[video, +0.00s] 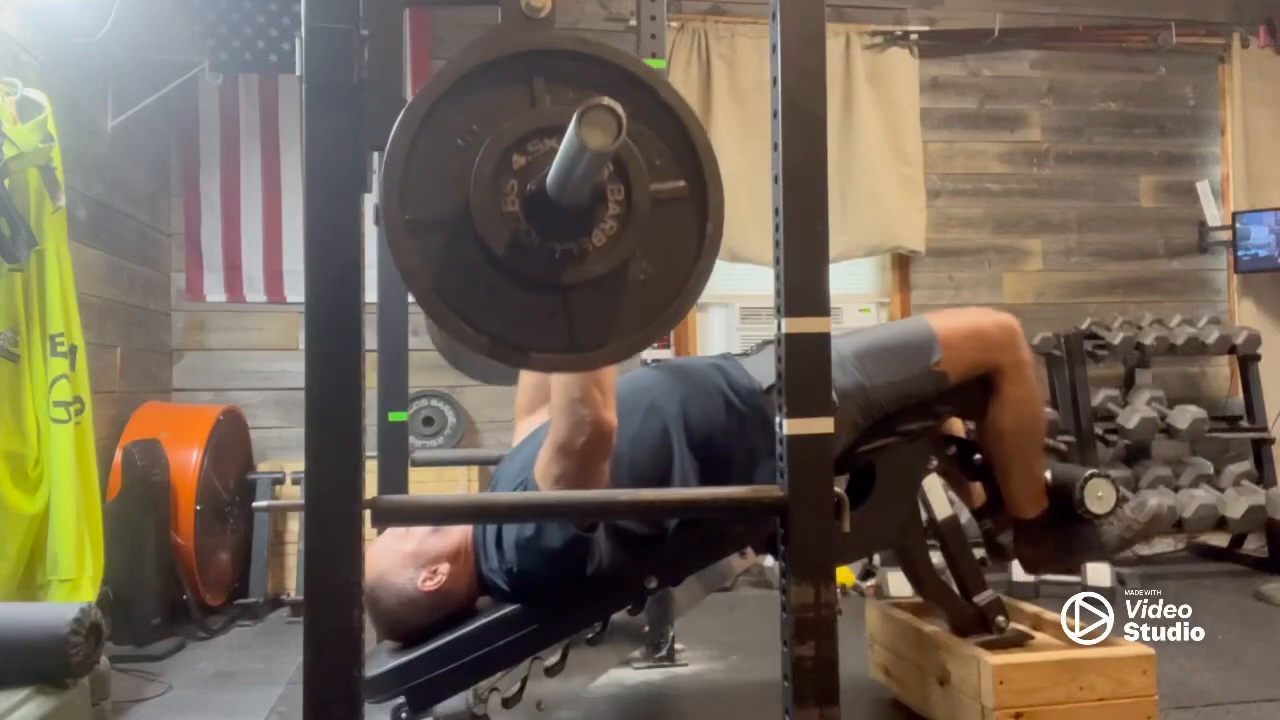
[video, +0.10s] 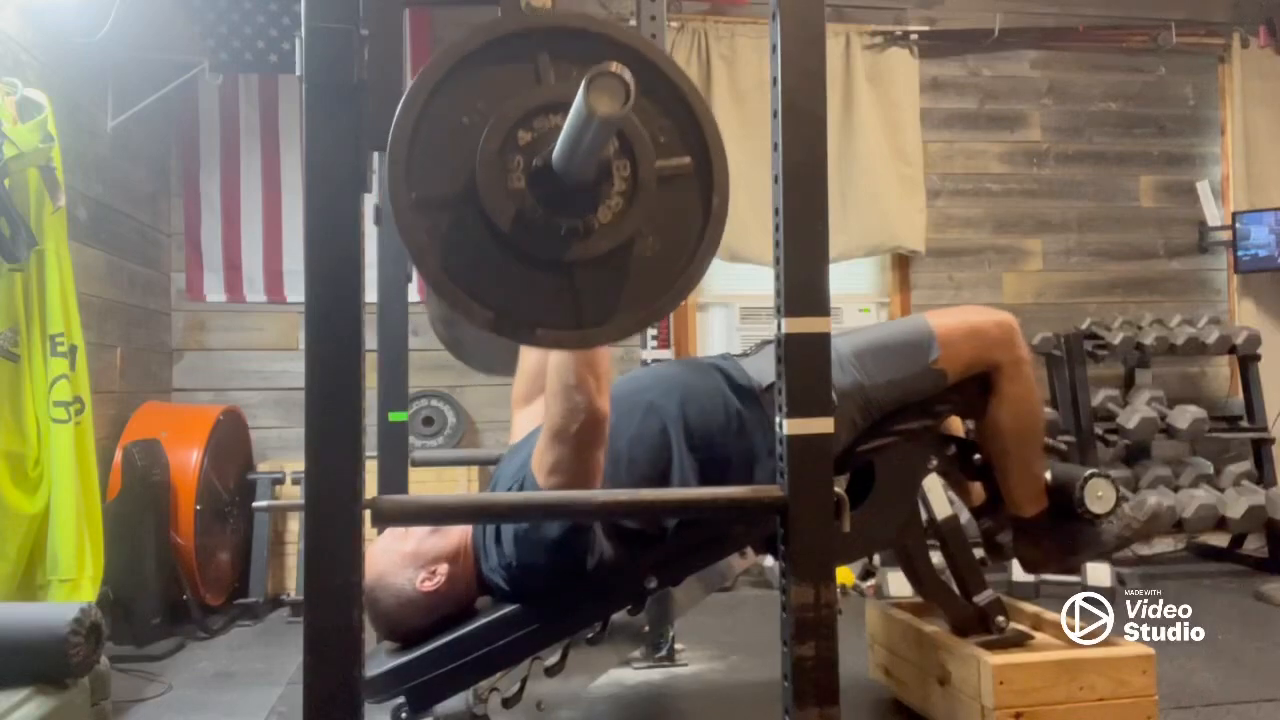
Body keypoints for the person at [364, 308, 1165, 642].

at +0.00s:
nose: (418, 531)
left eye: (400, 535)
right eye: (414, 549)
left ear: (427, 549)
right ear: (443, 581)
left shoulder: (496, 504)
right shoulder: (527, 556)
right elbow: (583, 418)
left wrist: (552, 276)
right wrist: (552, 280)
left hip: (749, 379)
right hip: (772, 431)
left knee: (947, 323)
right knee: (996, 337)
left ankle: (985, 479)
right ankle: (1033, 524)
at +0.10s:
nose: (413, 527)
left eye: (396, 532)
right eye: (410, 545)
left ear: (430, 554)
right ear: (444, 578)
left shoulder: (497, 504)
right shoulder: (527, 556)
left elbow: (553, 387)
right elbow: (578, 404)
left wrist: (524, 247)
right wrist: (563, 249)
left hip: (745, 379)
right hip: (770, 428)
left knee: (946, 326)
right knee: (996, 336)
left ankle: (986, 482)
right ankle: (1033, 524)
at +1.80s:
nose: (415, 531)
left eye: (397, 535)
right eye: (413, 551)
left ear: (425, 544)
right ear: (444, 580)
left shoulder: (493, 502)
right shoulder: (524, 549)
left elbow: (619, 430)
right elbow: (653, 468)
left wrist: (612, 315)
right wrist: (636, 331)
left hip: (742, 383)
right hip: (764, 432)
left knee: (925, 322)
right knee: (998, 337)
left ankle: (977, 469)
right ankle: (1032, 521)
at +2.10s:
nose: (418, 529)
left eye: (400, 536)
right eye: (417, 548)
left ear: (427, 549)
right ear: (446, 576)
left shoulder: (495, 501)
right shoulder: (532, 542)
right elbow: (695, 531)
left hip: (712, 396)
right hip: (752, 438)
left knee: (917, 316)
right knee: (999, 339)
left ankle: (983, 476)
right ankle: (1034, 527)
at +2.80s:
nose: (417, 532)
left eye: (399, 536)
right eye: (415, 552)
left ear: (427, 541)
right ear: (446, 577)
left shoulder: (501, 493)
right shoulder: (527, 549)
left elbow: (622, 427)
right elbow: (649, 454)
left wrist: (600, 310)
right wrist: (628, 317)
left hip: (744, 375)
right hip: (765, 427)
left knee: (955, 326)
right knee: (1001, 340)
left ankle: (986, 481)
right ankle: (1033, 527)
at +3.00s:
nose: (419, 532)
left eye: (402, 535)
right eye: (414, 552)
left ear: (428, 541)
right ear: (446, 580)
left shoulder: (503, 494)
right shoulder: (530, 553)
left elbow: (551, 375)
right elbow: (595, 400)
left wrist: (557, 218)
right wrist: (591, 235)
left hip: (745, 372)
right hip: (770, 421)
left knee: (955, 327)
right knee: (1000, 340)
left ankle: (992, 486)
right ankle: (1034, 529)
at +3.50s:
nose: (419, 531)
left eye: (402, 535)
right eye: (417, 550)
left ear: (428, 544)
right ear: (447, 578)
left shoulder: (496, 503)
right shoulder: (529, 546)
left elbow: (625, 426)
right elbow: (666, 461)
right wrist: (640, 323)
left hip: (741, 379)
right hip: (765, 430)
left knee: (950, 327)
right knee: (1003, 343)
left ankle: (995, 495)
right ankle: (1033, 532)